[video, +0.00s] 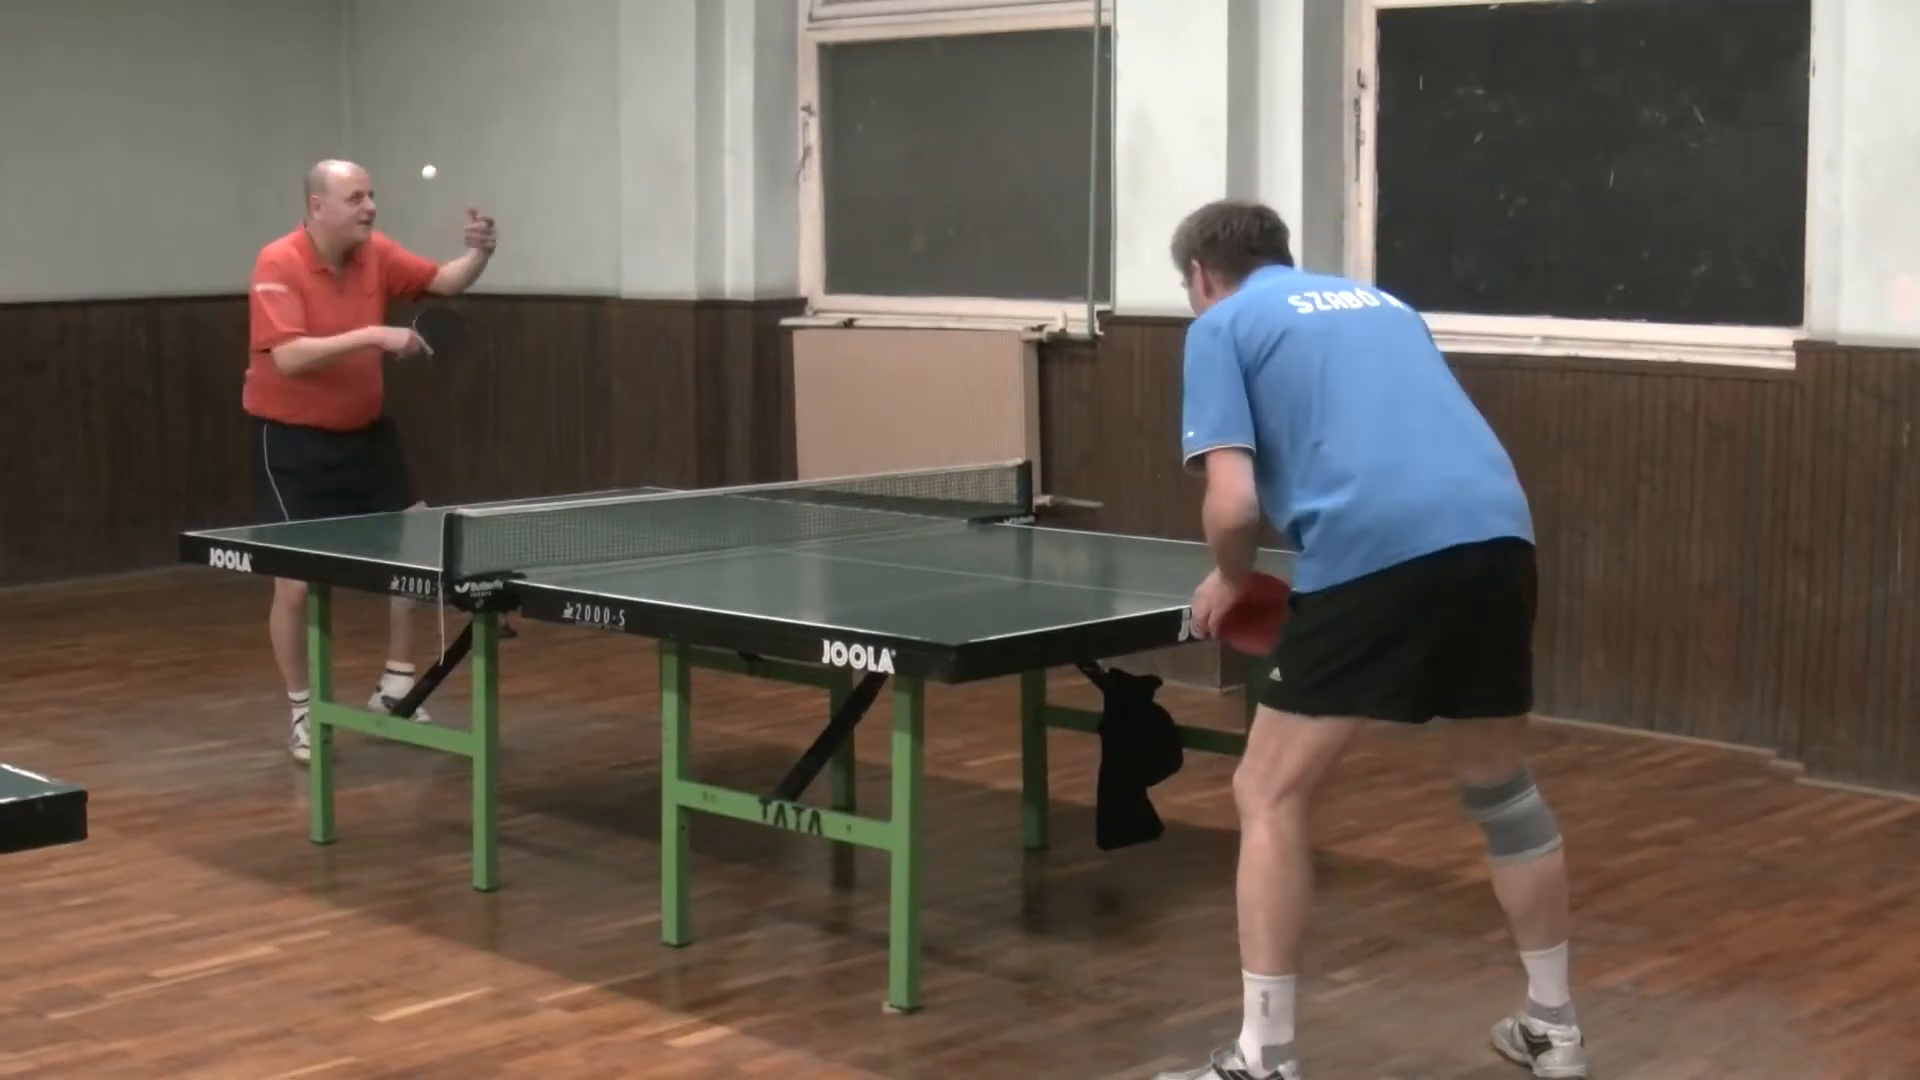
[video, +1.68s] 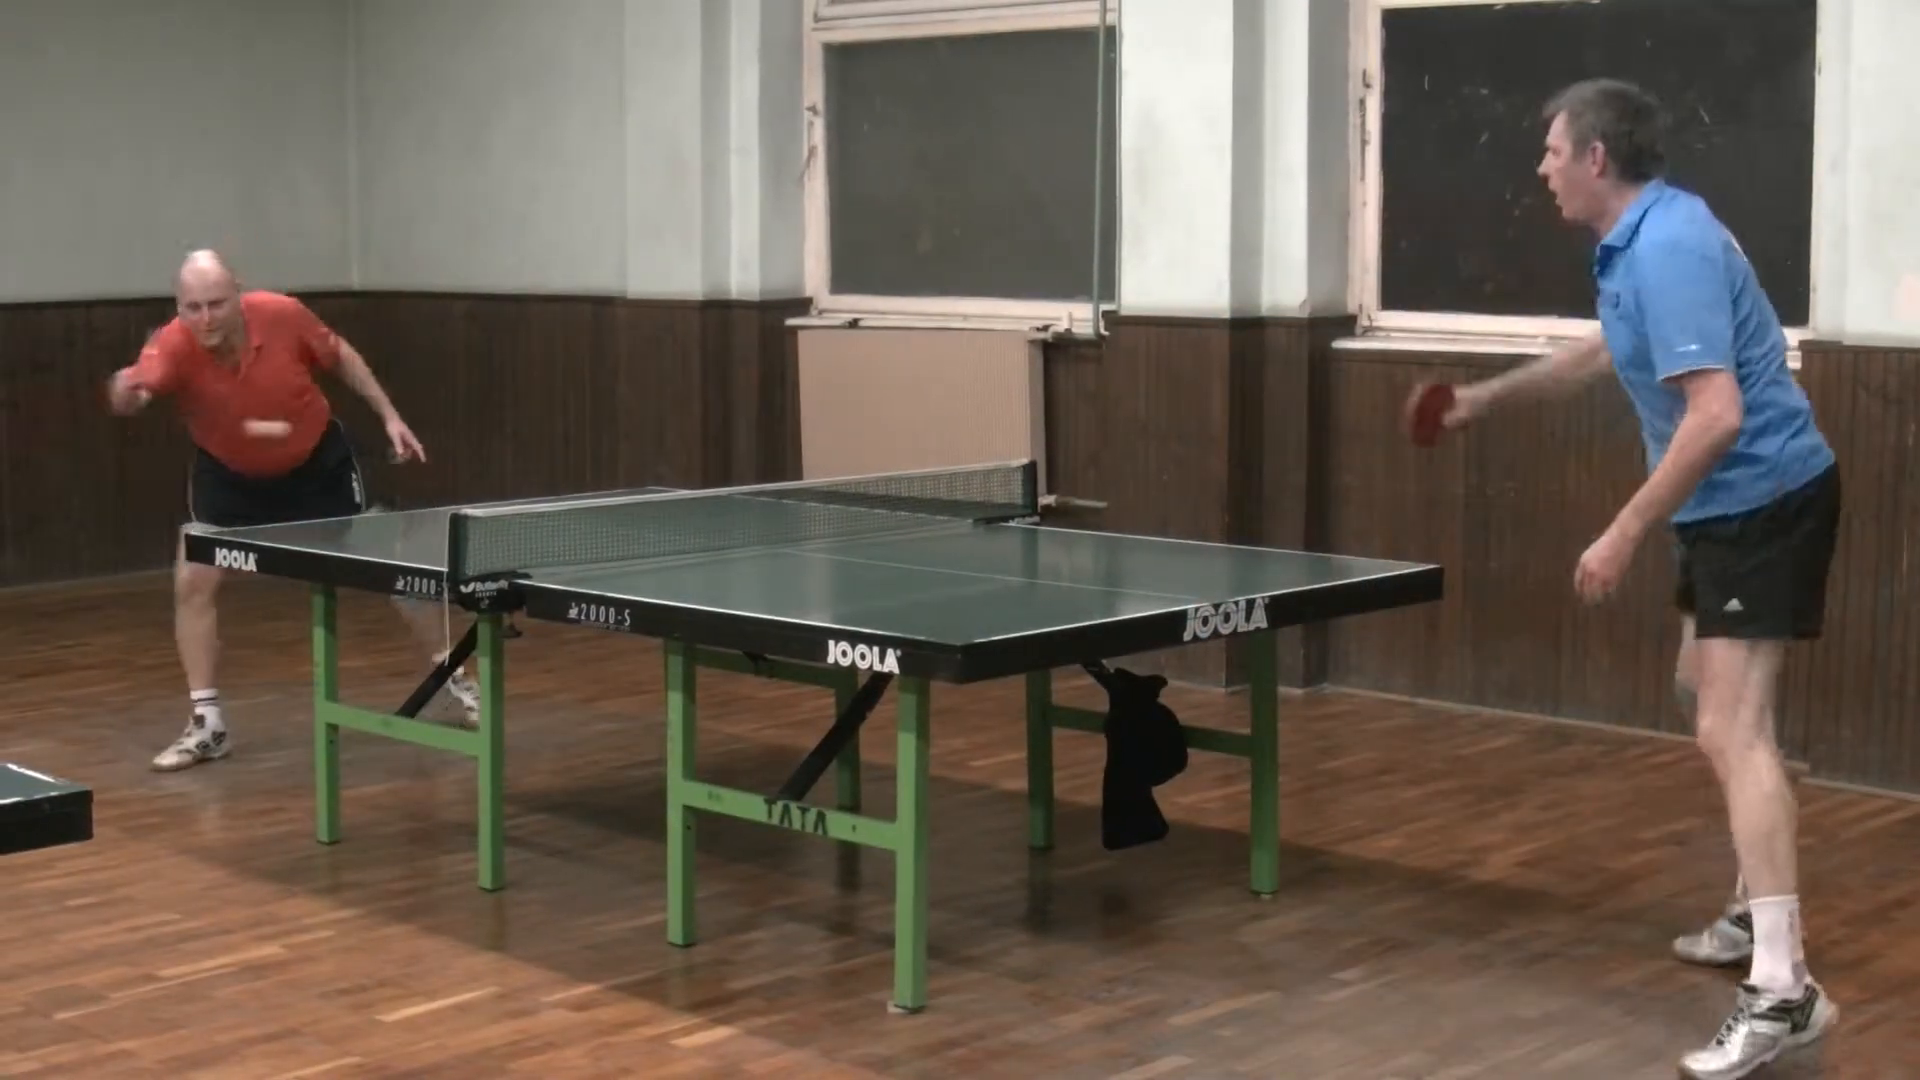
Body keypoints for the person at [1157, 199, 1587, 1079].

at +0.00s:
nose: (1195, 302)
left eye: (1189, 289)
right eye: (1191, 289)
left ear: (1205, 274)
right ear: (1279, 256)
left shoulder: (1219, 324)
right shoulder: (1375, 299)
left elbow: (1232, 501)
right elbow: (1399, 444)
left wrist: (1228, 573)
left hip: (1375, 551)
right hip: (1496, 533)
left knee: (1268, 791)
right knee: (1500, 785)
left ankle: (1265, 1051)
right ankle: (1553, 1021)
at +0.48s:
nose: (1268, 284)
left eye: (1262, 266)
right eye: (1264, 268)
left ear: (1279, 253)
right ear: (1357, 239)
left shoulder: (1315, 318)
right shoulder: (1442, 294)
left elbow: (1317, 506)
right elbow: (1479, 454)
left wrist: (1290, 561)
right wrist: (1401, 570)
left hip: (1459, 564)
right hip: (1565, 551)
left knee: (1338, 785)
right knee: (1536, 765)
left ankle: (1275, 1043)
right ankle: (1583, 968)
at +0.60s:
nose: (1292, 285)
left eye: (1291, 267)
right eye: (1291, 268)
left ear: (1313, 262)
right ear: (1376, 247)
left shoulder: (1356, 325)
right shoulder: (1465, 295)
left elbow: (1372, 508)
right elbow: (1525, 466)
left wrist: (1320, 558)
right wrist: (1432, 566)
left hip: (1525, 556)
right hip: (1620, 538)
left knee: (1395, 781)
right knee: (1558, 742)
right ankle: (1587, 967)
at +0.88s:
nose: (1401, 314)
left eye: (1400, 298)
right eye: (1401, 299)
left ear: (1419, 293)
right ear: (1489, 283)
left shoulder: (1451, 361)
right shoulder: (1565, 338)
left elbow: (1462, 534)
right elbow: (1584, 469)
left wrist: (1430, 623)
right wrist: (1489, 533)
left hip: (1590, 605)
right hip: (1686, 589)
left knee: (1467, 814)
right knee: (1632, 741)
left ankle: (1536, 1056)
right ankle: (1658, 916)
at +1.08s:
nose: (1445, 304)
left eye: (1443, 289)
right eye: (1444, 289)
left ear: (1462, 286)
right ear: (1522, 269)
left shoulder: (1514, 355)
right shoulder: (1595, 312)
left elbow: (1567, 496)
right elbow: (1649, 444)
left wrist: (1546, 619)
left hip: (1662, 565)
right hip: (1735, 548)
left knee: (1616, 791)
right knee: (1666, 720)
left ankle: (1557, 1029)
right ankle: (1658, 911)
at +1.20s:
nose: (1475, 261)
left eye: (1475, 249)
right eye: (1474, 250)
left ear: (1493, 250)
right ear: (1552, 230)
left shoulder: (1556, 316)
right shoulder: (1605, 268)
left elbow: (1603, 463)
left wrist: (1552, 582)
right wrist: (1414, 296)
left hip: (1693, 534)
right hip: (1748, 511)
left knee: (1643, 765)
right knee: (1668, 725)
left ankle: (1625, 1006)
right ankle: (1662, 914)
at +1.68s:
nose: (1542, 173)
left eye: (1550, 152)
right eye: (1544, 153)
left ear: (1597, 157)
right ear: (1601, 157)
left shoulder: (1672, 246)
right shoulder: (1632, 246)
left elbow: (1716, 412)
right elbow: (1593, 355)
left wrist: (1625, 532)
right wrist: (1476, 399)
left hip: (1765, 498)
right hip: (1721, 499)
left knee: (1732, 730)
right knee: (1706, 689)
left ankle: (1785, 990)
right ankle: (1763, 909)